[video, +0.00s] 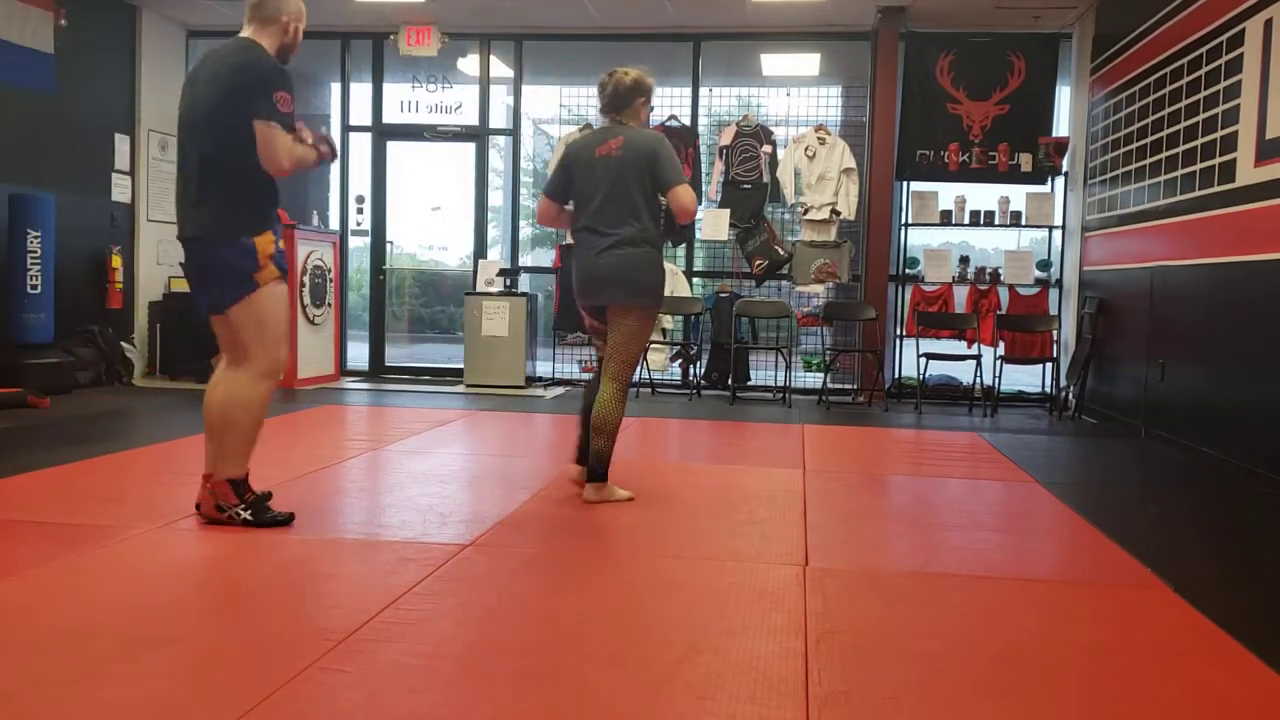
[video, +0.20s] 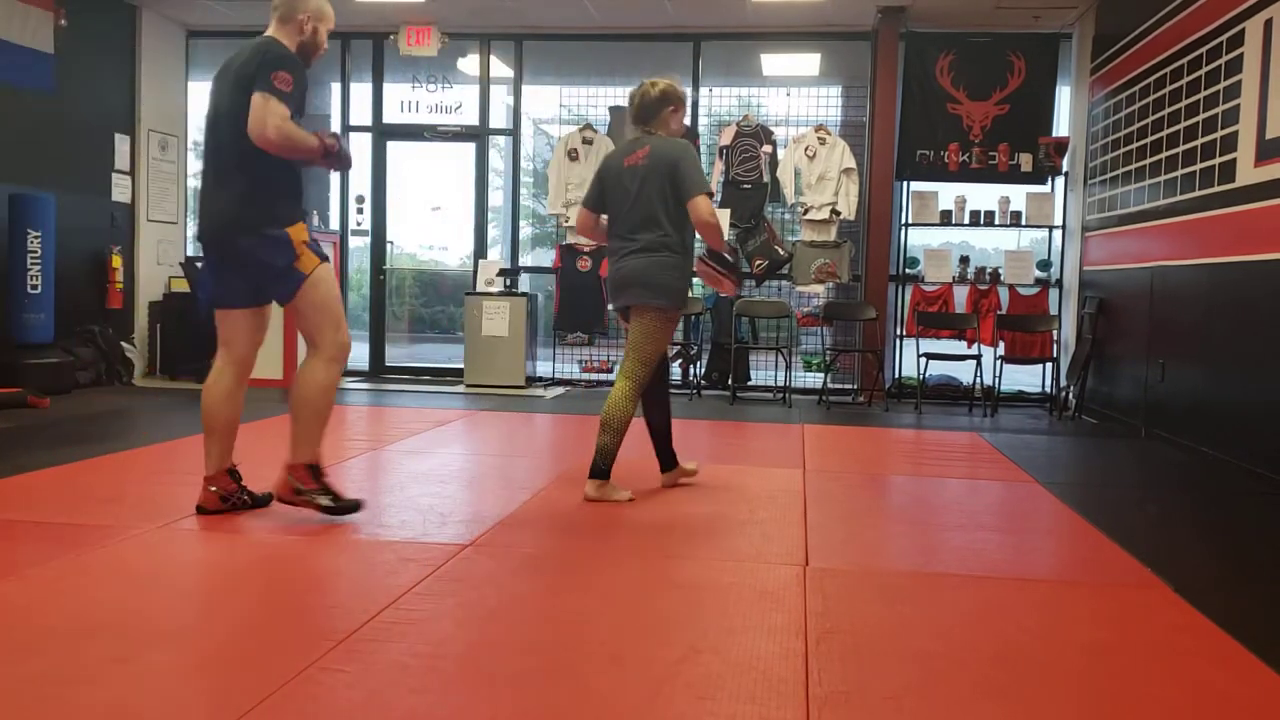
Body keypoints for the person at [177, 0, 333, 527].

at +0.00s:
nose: (299, 43)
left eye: (301, 33)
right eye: (301, 32)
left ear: (249, 17)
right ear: (289, 23)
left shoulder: (209, 65)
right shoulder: (261, 68)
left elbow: (227, 150)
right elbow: (278, 160)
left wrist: (296, 142)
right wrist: (314, 152)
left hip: (203, 234)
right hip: (243, 232)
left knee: (235, 358)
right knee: (264, 362)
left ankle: (217, 486)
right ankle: (229, 491)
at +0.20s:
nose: (326, 46)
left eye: (328, 36)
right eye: (326, 34)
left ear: (282, 18)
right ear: (306, 22)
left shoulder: (233, 66)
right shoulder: (280, 57)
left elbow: (236, 144)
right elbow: (267, 128)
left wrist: (311, 144)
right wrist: (323, 148)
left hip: (224, 231)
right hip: (273, 227)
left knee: (232, 357)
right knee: (331, 345)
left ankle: (217, 483)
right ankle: (302, 472)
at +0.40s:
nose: (357, 54)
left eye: (360, 45)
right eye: (357, 42)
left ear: (314, 29)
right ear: (334, 32)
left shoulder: (273, 72)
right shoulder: (310, 70)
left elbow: (285, 151)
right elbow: (315, 148)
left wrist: (343, 130)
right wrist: (385, 144)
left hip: (257, 240)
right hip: (303, 241)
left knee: (248, 364)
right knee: (339, 366)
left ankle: (217, 484)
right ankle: (369, 488)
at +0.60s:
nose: (399, 65)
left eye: (403, 56)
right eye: (399, 53)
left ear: (362, 32)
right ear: (373, 34)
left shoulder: (305, 75)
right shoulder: (355, 78)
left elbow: (283, 156)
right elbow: (395, 165)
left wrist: (356, 151)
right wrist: (426, 126)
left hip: (306, 240)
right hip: (351, 240)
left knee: (313, 357)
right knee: (376, 366)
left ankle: (243, 456)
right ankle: (373, 491)